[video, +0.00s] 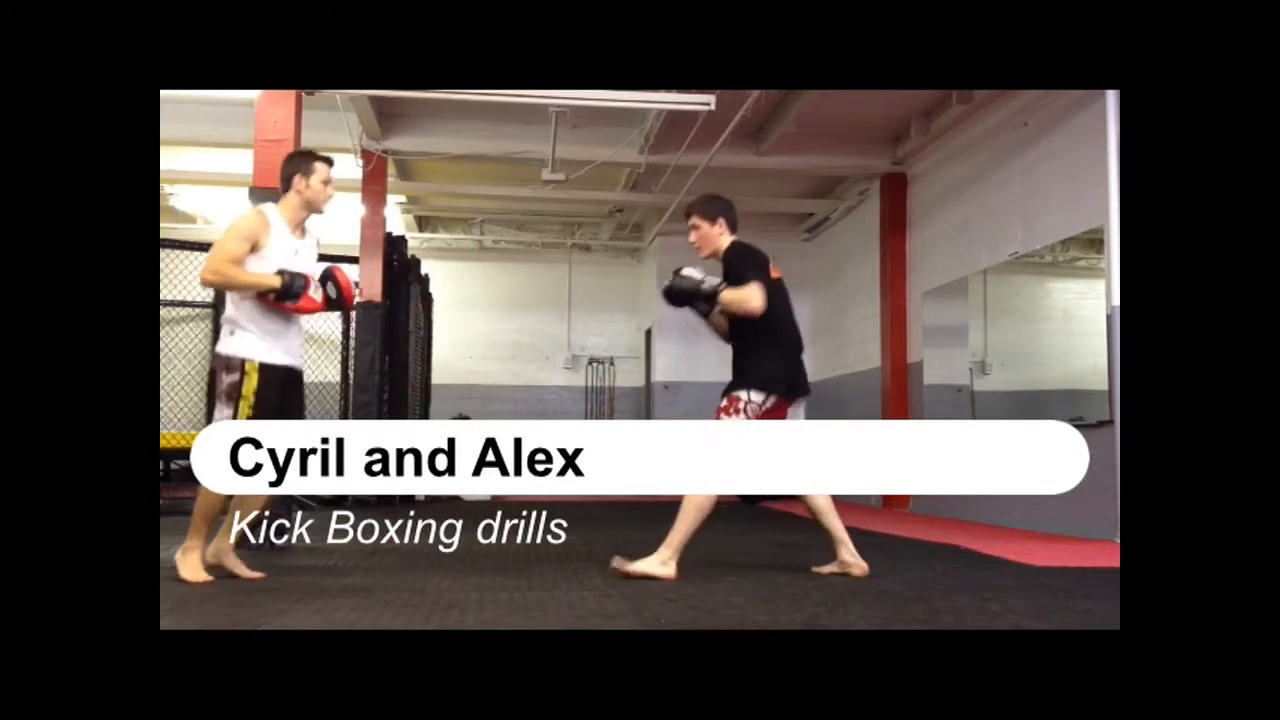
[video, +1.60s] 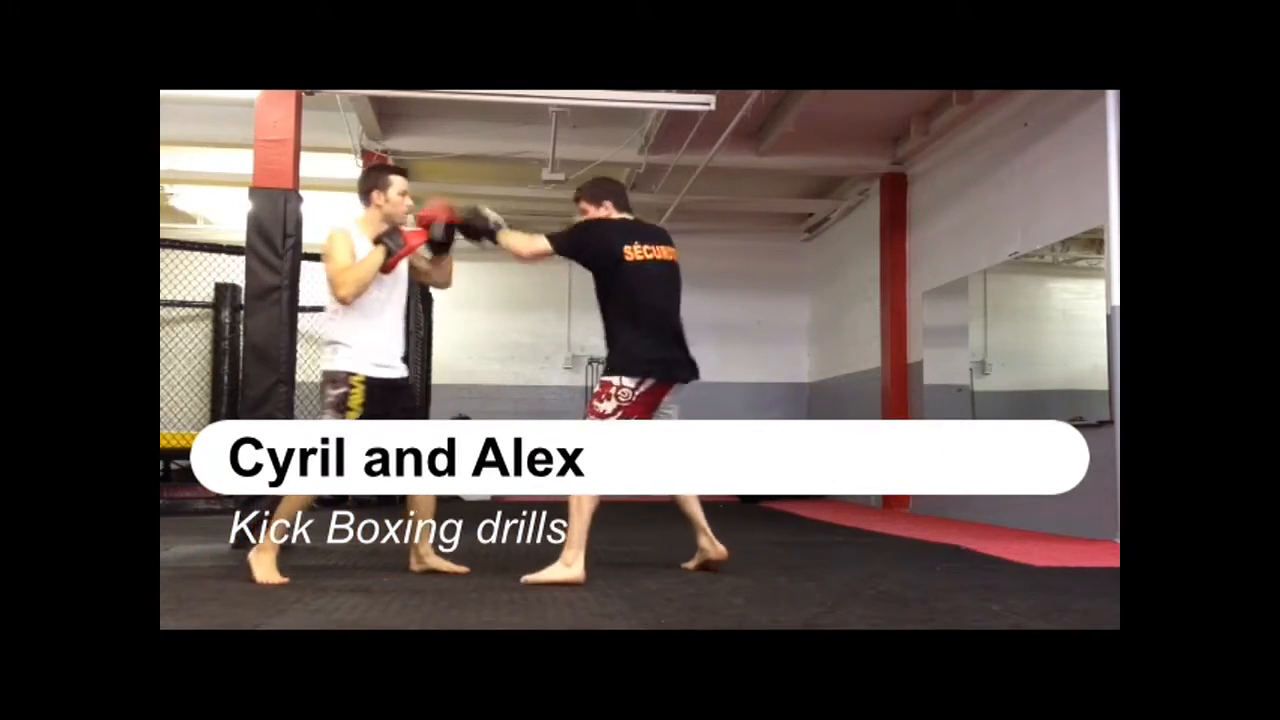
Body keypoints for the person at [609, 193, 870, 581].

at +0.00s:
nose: (691, 238)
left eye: (696, 229)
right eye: (689, 230)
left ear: (720, 225)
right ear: (721, 228)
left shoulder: (740, 254)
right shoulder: (743, 265)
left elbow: (755, 302)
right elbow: (733, 332)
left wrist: (708, 288)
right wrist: (704, 306)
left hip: (761, 380)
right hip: (784, 379)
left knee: (711, 465)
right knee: (801, 466)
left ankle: (665, 557)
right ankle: (848, 553)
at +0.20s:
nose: (657, 237)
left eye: (662, 227)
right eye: (656, 229)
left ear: (687, 224)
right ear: (689, 226)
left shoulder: (710, 255)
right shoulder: (715, 256)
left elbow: (704, 323)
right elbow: (714, 318)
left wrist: (674, 299)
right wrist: (681, 324)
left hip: (738, 376)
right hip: (757, 376)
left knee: (681, 456)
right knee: (764, 461)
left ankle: (660, 558)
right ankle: (834, 536)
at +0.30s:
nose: (646, 233)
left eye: (650, 223)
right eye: (644, 224)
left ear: (674, 218)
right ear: (675, 220)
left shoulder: (691, 252)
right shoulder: (707, 248)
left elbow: (688, 319)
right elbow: (707, 313)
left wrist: (657, 295)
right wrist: (671, 311)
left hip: (727, 371)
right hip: (745, 369)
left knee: (674, 449)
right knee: (732, 451)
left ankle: (660, 557)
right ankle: (799, 531)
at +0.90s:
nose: (618, 223)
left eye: (622, 213)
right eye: (616, 214)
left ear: (645, 208)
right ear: (649, 211)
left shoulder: (662, 243)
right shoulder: (680, 242)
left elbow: (662, 306)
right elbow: (665, 306)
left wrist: (621, 282)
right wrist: (625, 282)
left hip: (682, 369)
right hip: (707, 368)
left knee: (635, 453)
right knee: (702, 454)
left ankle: (617, 558)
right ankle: (743, 544)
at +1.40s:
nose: (606, 224)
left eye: (609, 214)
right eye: (605, 216)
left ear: (631, 211)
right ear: (641, 213)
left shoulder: (640, 244)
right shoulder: (674, 244)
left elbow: (614, 301)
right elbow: (646, 299)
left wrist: (578, 275)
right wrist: (605, 267)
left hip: (654, 363)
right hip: (685, 365)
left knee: (587, 436)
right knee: (681, 454)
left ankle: (568, 536)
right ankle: (713, 549)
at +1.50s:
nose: (595, 218)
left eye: (598, 210)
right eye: (595, 211)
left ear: (618, 207)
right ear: (632, 208)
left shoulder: (609, 239)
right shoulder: (668, 236)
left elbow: (548, 266)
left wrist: (520, 237)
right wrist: (602, 236)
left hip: (641, 360)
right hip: (680, 359)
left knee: (590, 450)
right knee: (682, 452)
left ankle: (573, 555)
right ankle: (712, 549)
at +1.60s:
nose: (583, 219)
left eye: (584, 213)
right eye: (582, 214)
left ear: (605, 207)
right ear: (619, 206)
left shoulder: (597, 232)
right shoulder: (658, 235)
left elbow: (527, 248)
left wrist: (493, 228)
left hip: (634, 362)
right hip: (672, 360)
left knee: (586, 453)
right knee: (662, 450)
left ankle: (572, 559)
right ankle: (707, 541)